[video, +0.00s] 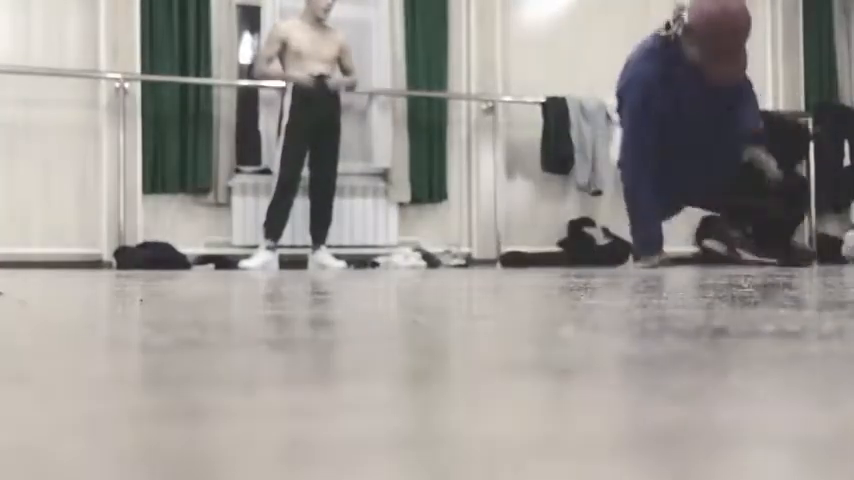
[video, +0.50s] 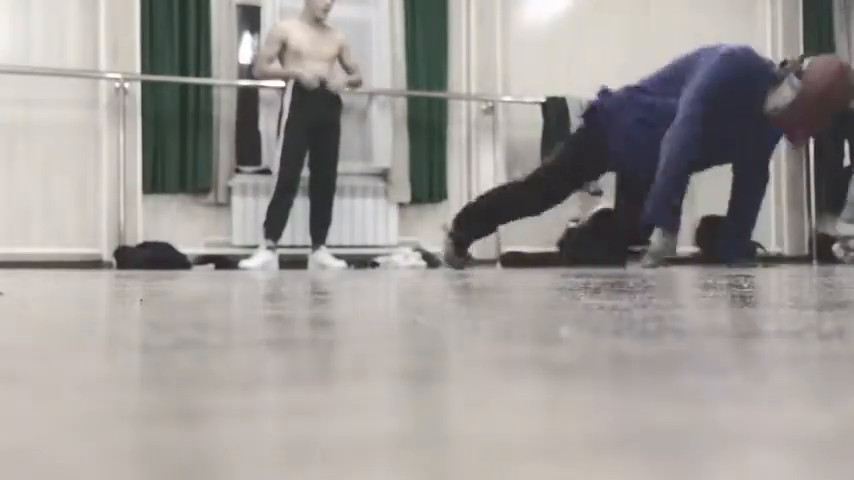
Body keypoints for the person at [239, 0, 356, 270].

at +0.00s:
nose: (329, 5)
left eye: (332, 2)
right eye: (324, 0)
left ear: (332, 6)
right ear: (310, 1)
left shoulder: (336, 38)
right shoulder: (284, 30)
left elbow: (353, 78)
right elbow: (261, 68)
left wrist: (336, 81)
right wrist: (296, 77)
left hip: (328, 108)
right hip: (299, 107)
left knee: (324, 180)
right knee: (288, 177)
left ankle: (319, 251)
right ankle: (269, 249)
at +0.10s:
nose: (329, 5)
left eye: (332, 2)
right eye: (324, 1)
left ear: (332, 6)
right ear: (310, 1)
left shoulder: (336, 37)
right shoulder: (284, 30)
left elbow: (354, 77)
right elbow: (260, 68)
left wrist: (339, 81)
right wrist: (294, 74)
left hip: (328, 105)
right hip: (298, 104)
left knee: (324, 179)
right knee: (288, 177)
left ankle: (319, 250)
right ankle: (269, 249)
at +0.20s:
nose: (328, 5)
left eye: (331, 2)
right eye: (324, 1)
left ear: (332, 6)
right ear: (310, 2)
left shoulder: (336, 37)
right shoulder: (284, 29)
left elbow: (354, 77)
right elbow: (260, 68)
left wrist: (338, 80)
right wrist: (294, 74)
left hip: (328, 105)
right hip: (298, 104)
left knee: (324, 179)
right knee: (288, 177)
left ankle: (319, 251)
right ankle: (269, 249)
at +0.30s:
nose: (328, 5)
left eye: (331, 2)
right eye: (323, 1)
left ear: (332, 6)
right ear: (309, 2)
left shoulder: (336, 37)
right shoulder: (284, 30)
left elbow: (356, 76)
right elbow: (259, 68)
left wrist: (339, 78)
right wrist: (294, 73)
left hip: (328, 105)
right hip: (298, 105)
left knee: (324, 179)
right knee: (288, 177)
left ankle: (319, 251)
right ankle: (268, 249)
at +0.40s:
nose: (328, 5)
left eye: (331, 2)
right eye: (323, 0)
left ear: (332, 6)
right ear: (309, 1)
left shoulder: (336, 37)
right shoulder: (285, 29)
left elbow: (357, 76)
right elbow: (259, 68)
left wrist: (342, 78)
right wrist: (295, 73)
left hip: (328, 104)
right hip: (298, 103)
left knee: (325, 179)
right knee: (289, 176)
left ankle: (319, 251)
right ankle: (268, 249)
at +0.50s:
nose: (328, 5)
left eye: (331, 2)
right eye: (323, 0)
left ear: (331, 6)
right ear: (309, 1)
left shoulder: (336, 37)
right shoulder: (284, 29)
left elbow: (357, 76)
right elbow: (261, 68)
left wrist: (342, 83)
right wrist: (296, 73)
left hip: (328, 106)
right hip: (298, 104)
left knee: (324, 180)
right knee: (288, 177)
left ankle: (319, 251)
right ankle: (268, 249)